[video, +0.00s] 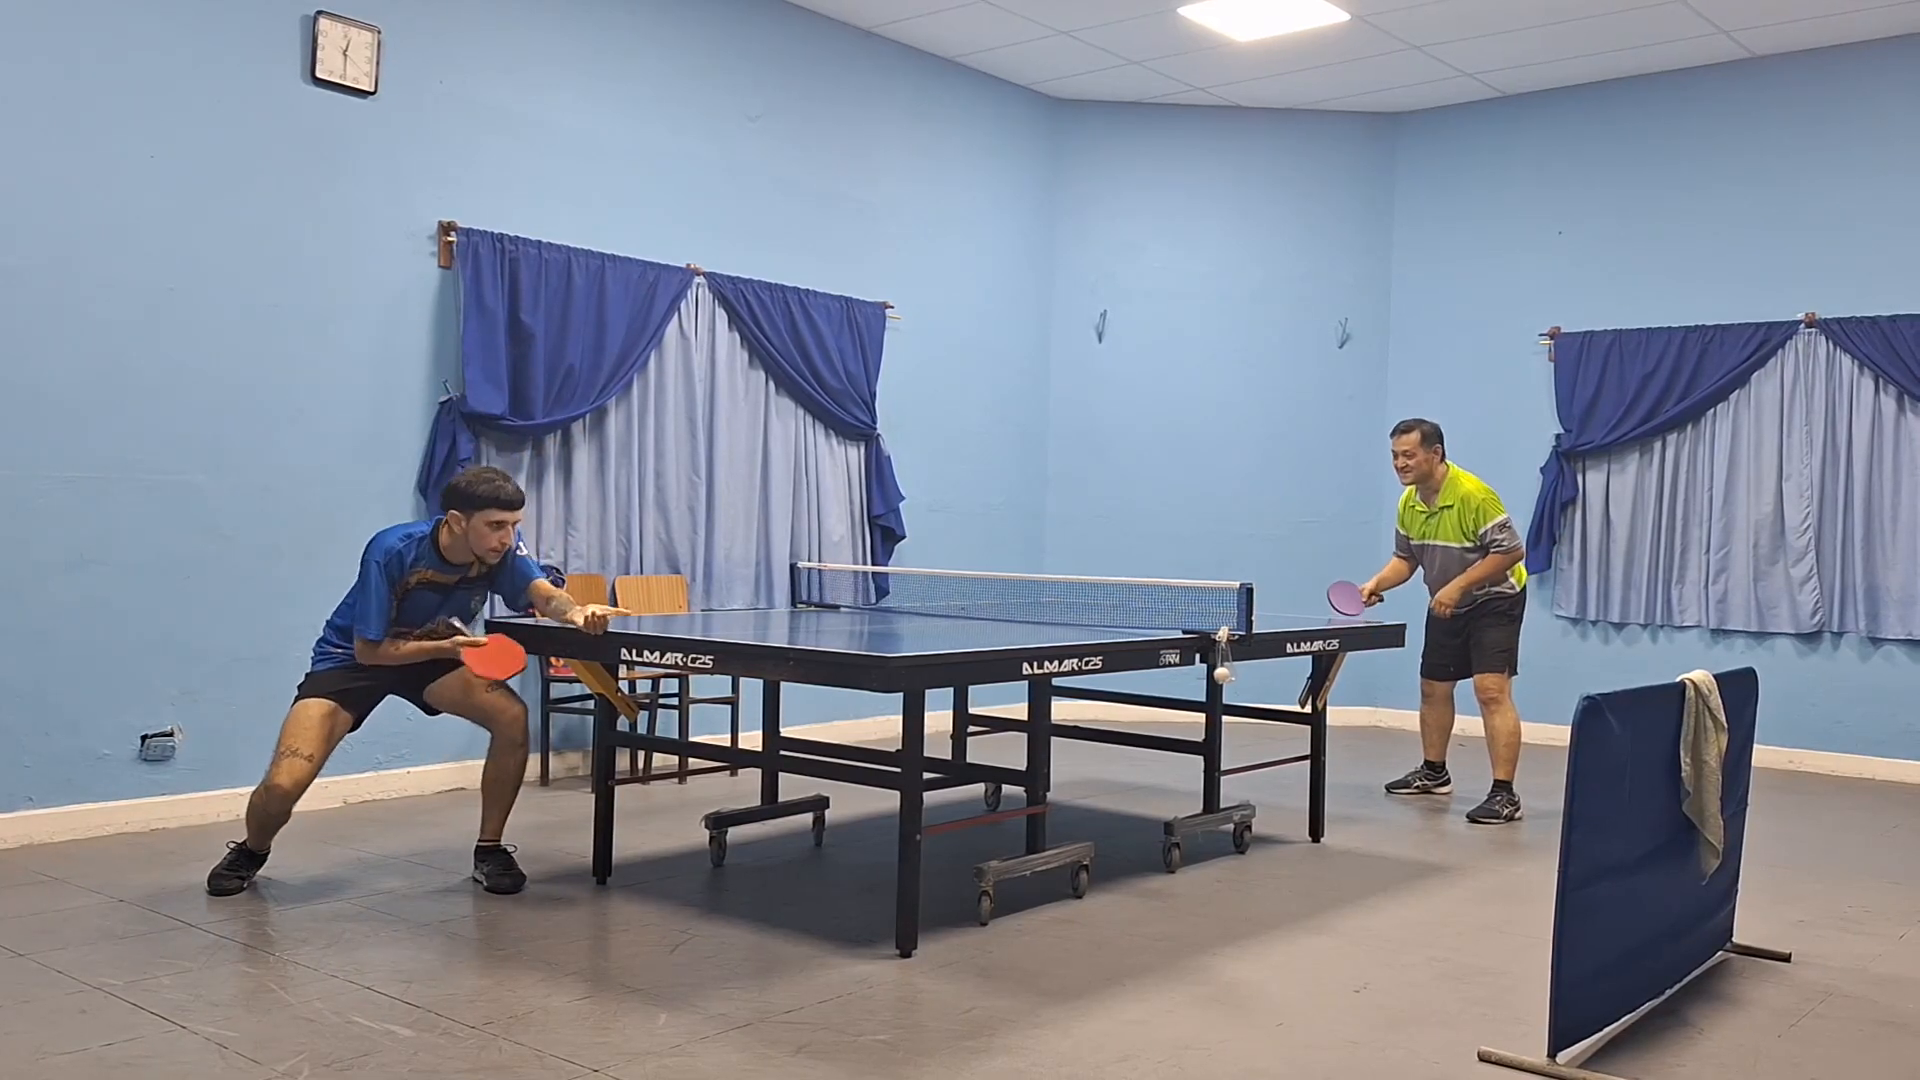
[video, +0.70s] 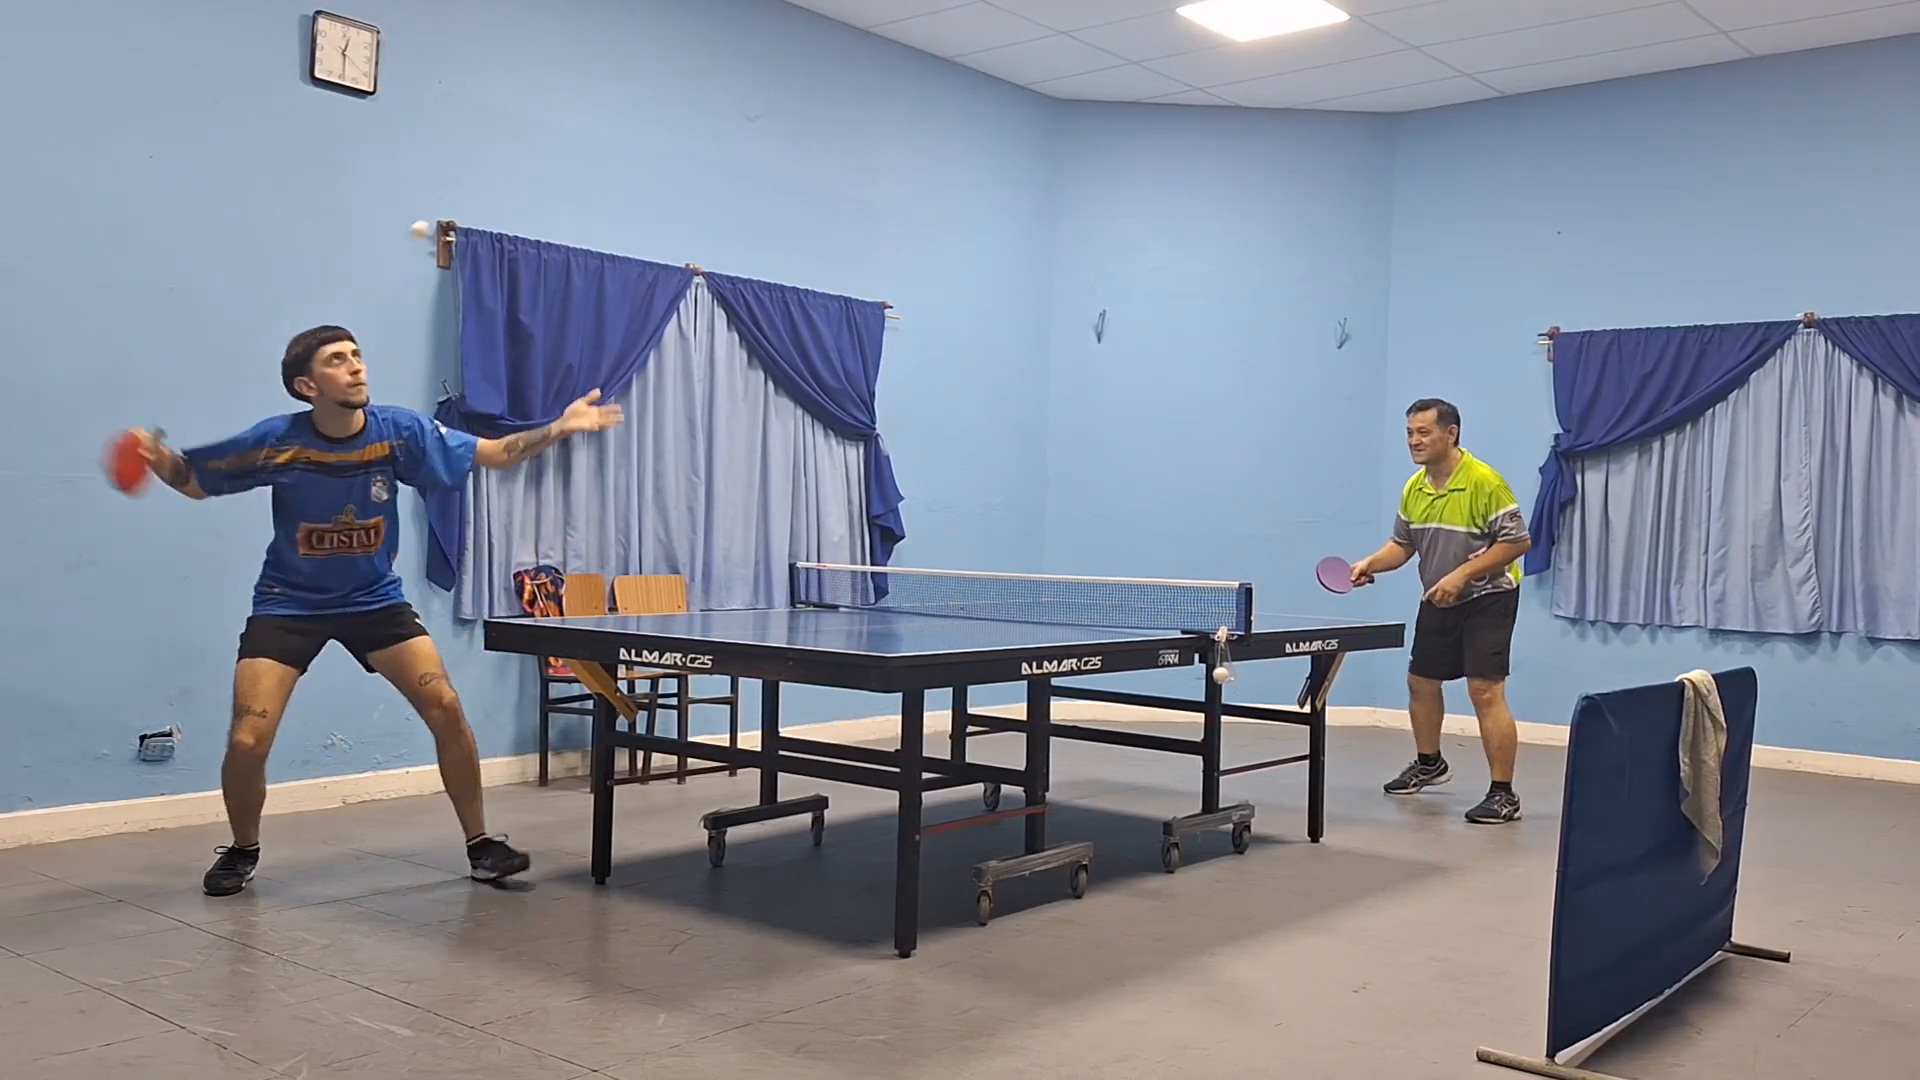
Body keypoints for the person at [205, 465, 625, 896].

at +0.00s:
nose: (507, 540)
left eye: (512, 528)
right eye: (496, 528)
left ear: (511, 526)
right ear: (455, 522)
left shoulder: (499, 556)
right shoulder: (391, 553)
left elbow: (542, 594)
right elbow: (368, 650)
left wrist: (574, 612)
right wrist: (445, 646)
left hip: (428, 660)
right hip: (351, 661)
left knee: (511, 716)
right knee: (282, 785)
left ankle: (490, 851)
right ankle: (251, 853)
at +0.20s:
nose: (478, 477)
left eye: (482, 465)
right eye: (465, 467)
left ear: (487, 466)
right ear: (425, 471)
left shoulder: (479, 507)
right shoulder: (369, 515)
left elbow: (515, 540)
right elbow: (358, 611)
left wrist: (560, 542)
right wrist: (428, 604)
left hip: (423, 640)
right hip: (345, 640)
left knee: (504, 713)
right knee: (282, 767)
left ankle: (488, 850)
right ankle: (247, 851)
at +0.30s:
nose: (455, 439)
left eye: (458, 428)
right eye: (439, 430)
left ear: (463, 432)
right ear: (401, 441)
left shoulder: (467, 477)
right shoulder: (357, 491)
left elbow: (520, 486)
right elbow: (353, 591)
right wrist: (416, 562)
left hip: (423, 623)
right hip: (342, 627)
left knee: (497, 712)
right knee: (280, 761)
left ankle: (488, 850)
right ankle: (245, 851)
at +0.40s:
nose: (428, 407)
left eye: (429, 397)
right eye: (412, 399)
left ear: (435, 404)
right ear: (374, 416)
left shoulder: (446, 446)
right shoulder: (337, 471)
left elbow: (511, 439)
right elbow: (330, 575)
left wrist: (541, 383)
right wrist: (376, 530)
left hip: (418, 611)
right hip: (336, 618)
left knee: (487, 709)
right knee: (276, 752)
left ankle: (488, 849)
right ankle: (244, 850)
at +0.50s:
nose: (396, 385)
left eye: (398, 375)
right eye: (379, 378)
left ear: (405, 385)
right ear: (345, 398)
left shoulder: (431, 433)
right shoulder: (314, 455)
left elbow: (509, 428)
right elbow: (278, 556)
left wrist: (548, 380)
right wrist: (298, 516)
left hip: (408, 604)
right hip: (324, 609)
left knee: (474, 708)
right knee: (268, 747)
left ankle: (487, 849)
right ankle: (243, 849)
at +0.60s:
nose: (370, 373)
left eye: (372, 363)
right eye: (352, 367)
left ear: (381, 375)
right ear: (320, 389)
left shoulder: (413, 429)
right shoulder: (289, 448)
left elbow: (505, 437)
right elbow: (227, 522)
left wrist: (555, 401)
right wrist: (213, 498)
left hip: (394, 600)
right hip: (308, 605)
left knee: (454, 703)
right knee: (260, 738)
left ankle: (485, 849)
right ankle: (241, 851)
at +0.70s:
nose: (357, 367)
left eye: (358, 357)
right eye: (339, 360)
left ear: (366, 370)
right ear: (304, 385)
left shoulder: (400, 431)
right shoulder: (276, 441)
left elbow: (496, 453)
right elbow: (196, 478)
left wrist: (558, 427)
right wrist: (159, 456)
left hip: (375, 598)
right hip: (288, 602)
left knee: (443, 703)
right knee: (246, 739)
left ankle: (480, 845)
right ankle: (243, 850)